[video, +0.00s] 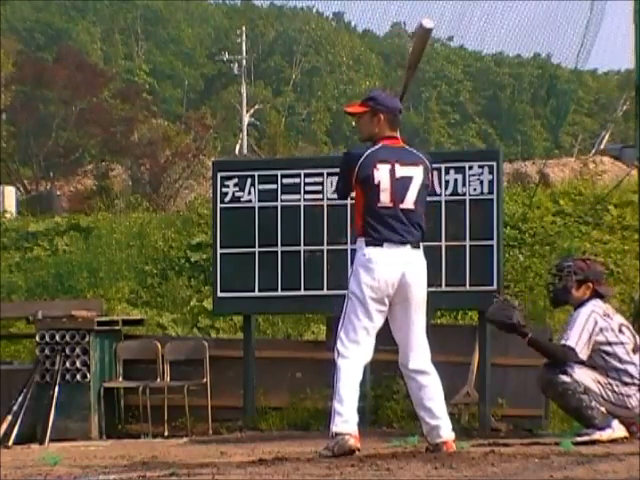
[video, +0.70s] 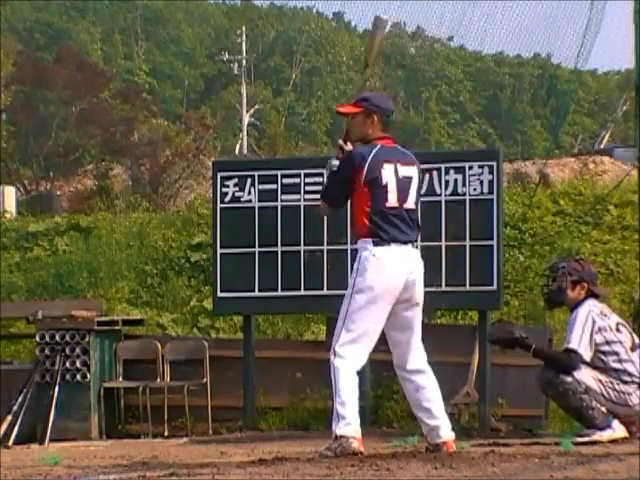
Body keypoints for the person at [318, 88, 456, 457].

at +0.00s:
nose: (357, 123)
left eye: (362, 118)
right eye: (358, 117)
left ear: (380, 120)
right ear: (391, 122)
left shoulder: (358, 157)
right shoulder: (421, 160)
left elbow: (341, 192)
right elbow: (417, 194)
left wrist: (377, 169)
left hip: (375, 260)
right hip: (414, 261)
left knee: (352, 348)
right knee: (417, 354)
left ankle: (344, 432)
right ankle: (442, 435)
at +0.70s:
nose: (349, 124)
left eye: (353, 119)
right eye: (350, 118)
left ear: (372, 121)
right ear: (379, 123)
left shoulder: (359, 156)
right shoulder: (409, 157)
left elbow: (328, 203)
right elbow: (379, 196)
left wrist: (342, 162)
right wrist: (355, 159)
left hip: (378, 260)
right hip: (412, 260)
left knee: (346, 352)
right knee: (411, 357)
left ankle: (348, 435)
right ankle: (442, 436)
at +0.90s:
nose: (331, 123)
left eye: (336, 117)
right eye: (332, 117)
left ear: (355, 120)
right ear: (357, 122)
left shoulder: (357, 154)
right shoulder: (381, 156)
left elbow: (343, 219)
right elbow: (349, 207)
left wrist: (324, 214)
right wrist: (319, 182)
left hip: (370, 257)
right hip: (397, 257)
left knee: (340, 352)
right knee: (380, 357)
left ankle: (346, 437)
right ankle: (429, 426)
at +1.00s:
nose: (320, 122)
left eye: (325, 116)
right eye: (320, 117)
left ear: (345, 120)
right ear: (346, 121)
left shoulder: (351, 153)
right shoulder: (362, 155)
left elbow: (360, 217)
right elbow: (328, 215)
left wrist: (328, 229)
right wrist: (289, 190)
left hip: (370, 257)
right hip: (390, 257)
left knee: (340, 350)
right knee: (358, 350)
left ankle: (346, 437)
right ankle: (400, 423)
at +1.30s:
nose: (289, 152)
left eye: (294, 146)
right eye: (289, 146)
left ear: (314, 149)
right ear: (309, 150)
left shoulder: (328, 179)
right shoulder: (321, 185)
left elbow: (353, 229)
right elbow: (309, 246)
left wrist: (312, 247)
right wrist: (266, 233)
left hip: (374, 275)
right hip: (365, 277)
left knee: (333, 353)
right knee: (324, 357)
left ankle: (352, 438)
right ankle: (349, 437)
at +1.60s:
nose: (268, 188)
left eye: (273, 182)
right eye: (269, 182)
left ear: (293, 185)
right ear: (295, 186)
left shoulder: (307, 210)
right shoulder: (313, 213)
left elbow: (305, 257)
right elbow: (295, 287)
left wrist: (260, 267)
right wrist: (258, 271)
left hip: (376, 292)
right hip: (376, 293)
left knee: (324, 358)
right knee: (321, 360)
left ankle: (350, 437)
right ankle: (351, 436)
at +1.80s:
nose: (261, 206)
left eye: (265, 199)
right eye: (261, 200)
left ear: (285, 201)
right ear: (286, 202)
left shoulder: (299, 225)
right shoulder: (309, 233)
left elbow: (254, 269)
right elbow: (279, 300)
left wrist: (218, 262)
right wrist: (264, 263)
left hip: (376, 299)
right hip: (374, 301)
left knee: (322, 360)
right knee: (316, 364)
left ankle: (350, 437)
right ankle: (350, 437)